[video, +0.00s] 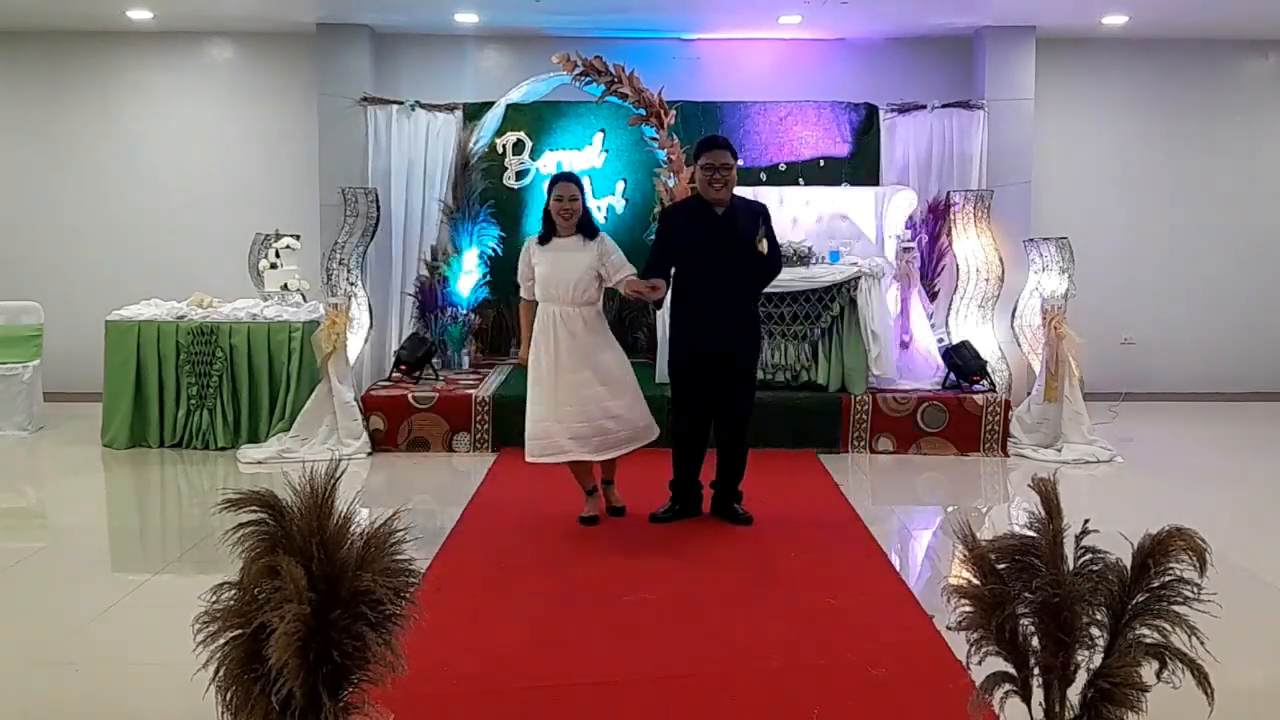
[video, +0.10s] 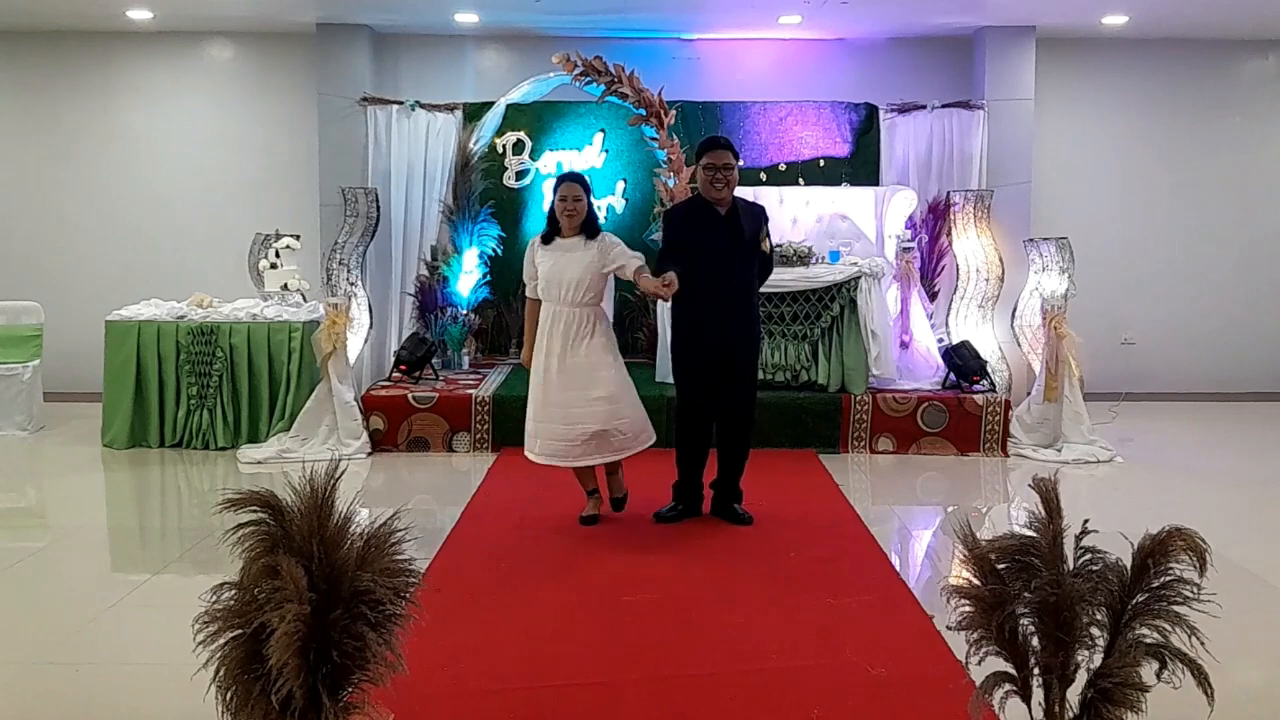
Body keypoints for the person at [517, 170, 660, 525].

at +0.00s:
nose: (566, 206)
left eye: (573, 200)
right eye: (559, 199)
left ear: (583, 204)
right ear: (549, 204)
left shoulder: (599, 244)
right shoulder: (534, 248)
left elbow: (625, 276)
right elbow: (527, 300)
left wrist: (636, 287)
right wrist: (526, 344)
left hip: (592, 338)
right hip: (551, 342)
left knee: (608, 413)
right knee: (562, 420)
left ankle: (609, 485)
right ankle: (590, 494)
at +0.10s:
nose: (569, 206)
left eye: (577, 200)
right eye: (563, 200)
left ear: (588, 205)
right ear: (554, 205)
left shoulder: (604, 245)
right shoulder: (538, 247)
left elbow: (634, 268)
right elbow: (533, 301)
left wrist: (652, 284)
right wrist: (528, 346)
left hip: (593, 340)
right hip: (553, 341)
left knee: (604, 413)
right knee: (566, 420)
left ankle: (614, 472)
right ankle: (592, 494)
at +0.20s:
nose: (574, 208)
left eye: (582, 202)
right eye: (567, 201)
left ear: (593, 208)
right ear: (558, 206)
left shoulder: (606, 244)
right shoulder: (544, 249)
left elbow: (632, 262)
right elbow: (534, 301)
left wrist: (665, 271)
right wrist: (519, 346)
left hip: (598, 342)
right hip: (556, 343)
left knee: (595, 412)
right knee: (563, 421)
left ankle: (597, 487)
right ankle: (590, 495)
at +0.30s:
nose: (578, 217)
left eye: (586, 211)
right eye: (572, 209)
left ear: (597, 217)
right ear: (563, 214)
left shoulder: (610, 254)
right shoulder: (547, 261)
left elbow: (643, 261)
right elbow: (530, 311)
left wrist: (679, 258)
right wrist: (508, 357)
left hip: (602, 352)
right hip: (558, 351)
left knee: (599, 427)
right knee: (563, 436)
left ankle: (578, 511)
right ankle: (590, 493)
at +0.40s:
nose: (584, 219)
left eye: (592, 213)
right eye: (578, 211)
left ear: (603, 218)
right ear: (568, 215)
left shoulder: (618, 255)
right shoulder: (552, 262)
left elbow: (656, 260)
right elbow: (529, 312)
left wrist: (689, 259)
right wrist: (505, 356)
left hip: (609, 358)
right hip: (565, 357)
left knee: (599, 436)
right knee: (572, 435)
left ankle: (576, 527)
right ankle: (591, 498)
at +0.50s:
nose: (593, 209)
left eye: (601, 202)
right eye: (586, 201)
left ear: (612, 208)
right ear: (576, 207)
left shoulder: (629, 249)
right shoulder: (557, 254)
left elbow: (669, 266)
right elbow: (537, 305)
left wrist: (695, 276)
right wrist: (521, 352)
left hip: (611, 350)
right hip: (569, 348)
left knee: (600, 437)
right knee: (566, 435)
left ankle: (576, 532)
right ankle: (585, 504)